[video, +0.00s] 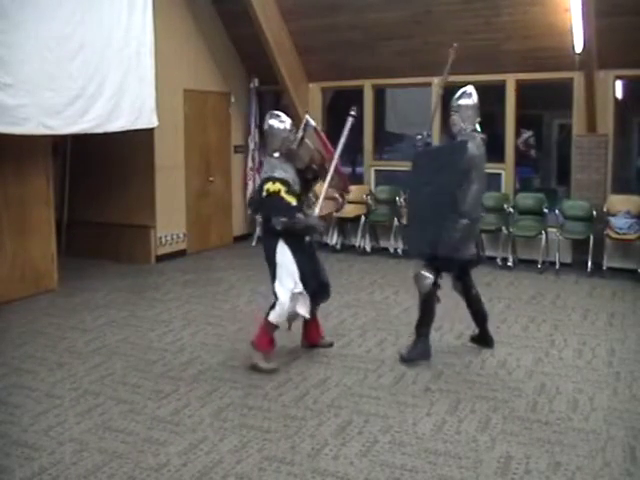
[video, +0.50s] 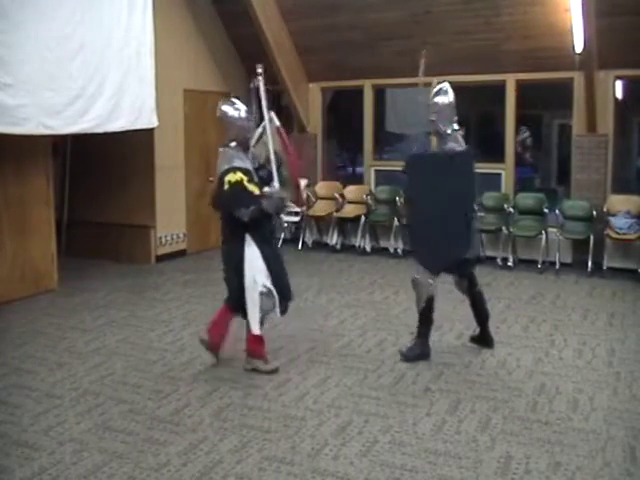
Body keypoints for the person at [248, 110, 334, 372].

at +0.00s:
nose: (310, 158)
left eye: (312, 154)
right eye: (306, 152)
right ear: (291, 150)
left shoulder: (293, 172)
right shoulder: (276, 176)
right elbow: (279, 216)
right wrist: (309, 223)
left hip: (297, 234)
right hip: (279, 237)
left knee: (313, 284)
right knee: (288, 289)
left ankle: (311, 333)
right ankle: (261, 343)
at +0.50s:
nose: (252, 135)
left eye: (252, 130)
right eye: (248, 130)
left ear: (238, 136)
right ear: (239, 135)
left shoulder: (244, 162)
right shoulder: (234, 171)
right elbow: (246, 211)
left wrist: (274, 196)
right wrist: (273, 202)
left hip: (241, 240)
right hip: (248, 244)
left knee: (239, 294)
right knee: (257, 294)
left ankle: (213, 336)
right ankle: (256, 353)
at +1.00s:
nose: (198, 128)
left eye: (195, 122)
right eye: (193, 123)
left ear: (176, 131)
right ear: (182, 129)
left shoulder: (184, 163)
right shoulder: (179, 169)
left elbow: (201, 192)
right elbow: (189, 210)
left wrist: (213, 193)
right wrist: (220, 203)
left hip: (178, 245)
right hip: (190, 246)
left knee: (174, 300)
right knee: (210, 296)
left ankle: (167, 364)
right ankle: (217, 359)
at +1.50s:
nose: (167, 127)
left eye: (165, 122)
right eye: (161, 123)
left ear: (154, 128)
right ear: (148, 129)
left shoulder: (158, 160)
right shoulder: (142, 167)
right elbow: (152, 211)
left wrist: (188, 186)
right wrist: (182, 199)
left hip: (169, 245)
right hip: (148, 248)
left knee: (172, 302)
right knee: (138, 307)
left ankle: (166, 360)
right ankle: (121, 371)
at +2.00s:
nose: (170, 130)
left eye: (169, 124)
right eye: (164, 124)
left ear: (168, 131)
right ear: (155, 131)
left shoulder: (173, 159)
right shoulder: (149, 162)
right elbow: (159, 207)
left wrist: (205, 171)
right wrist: (188, 184)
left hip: (181, 242)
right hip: (157, 244)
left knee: (189, 300)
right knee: (155, 303)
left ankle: (187, 361)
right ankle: (132, 366)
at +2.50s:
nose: (178, 132)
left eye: (181, 126)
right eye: (172, 128)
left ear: (189, 132)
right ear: (166, 135)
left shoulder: (203, 158)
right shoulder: (164, 157)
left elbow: (234, 191)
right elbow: (171, 190)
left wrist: (221, 165)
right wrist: (196, 162)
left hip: (195, 225)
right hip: (165, 229)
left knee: (213, 300)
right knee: (163, 294)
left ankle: (210, 346)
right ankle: (158, 357)